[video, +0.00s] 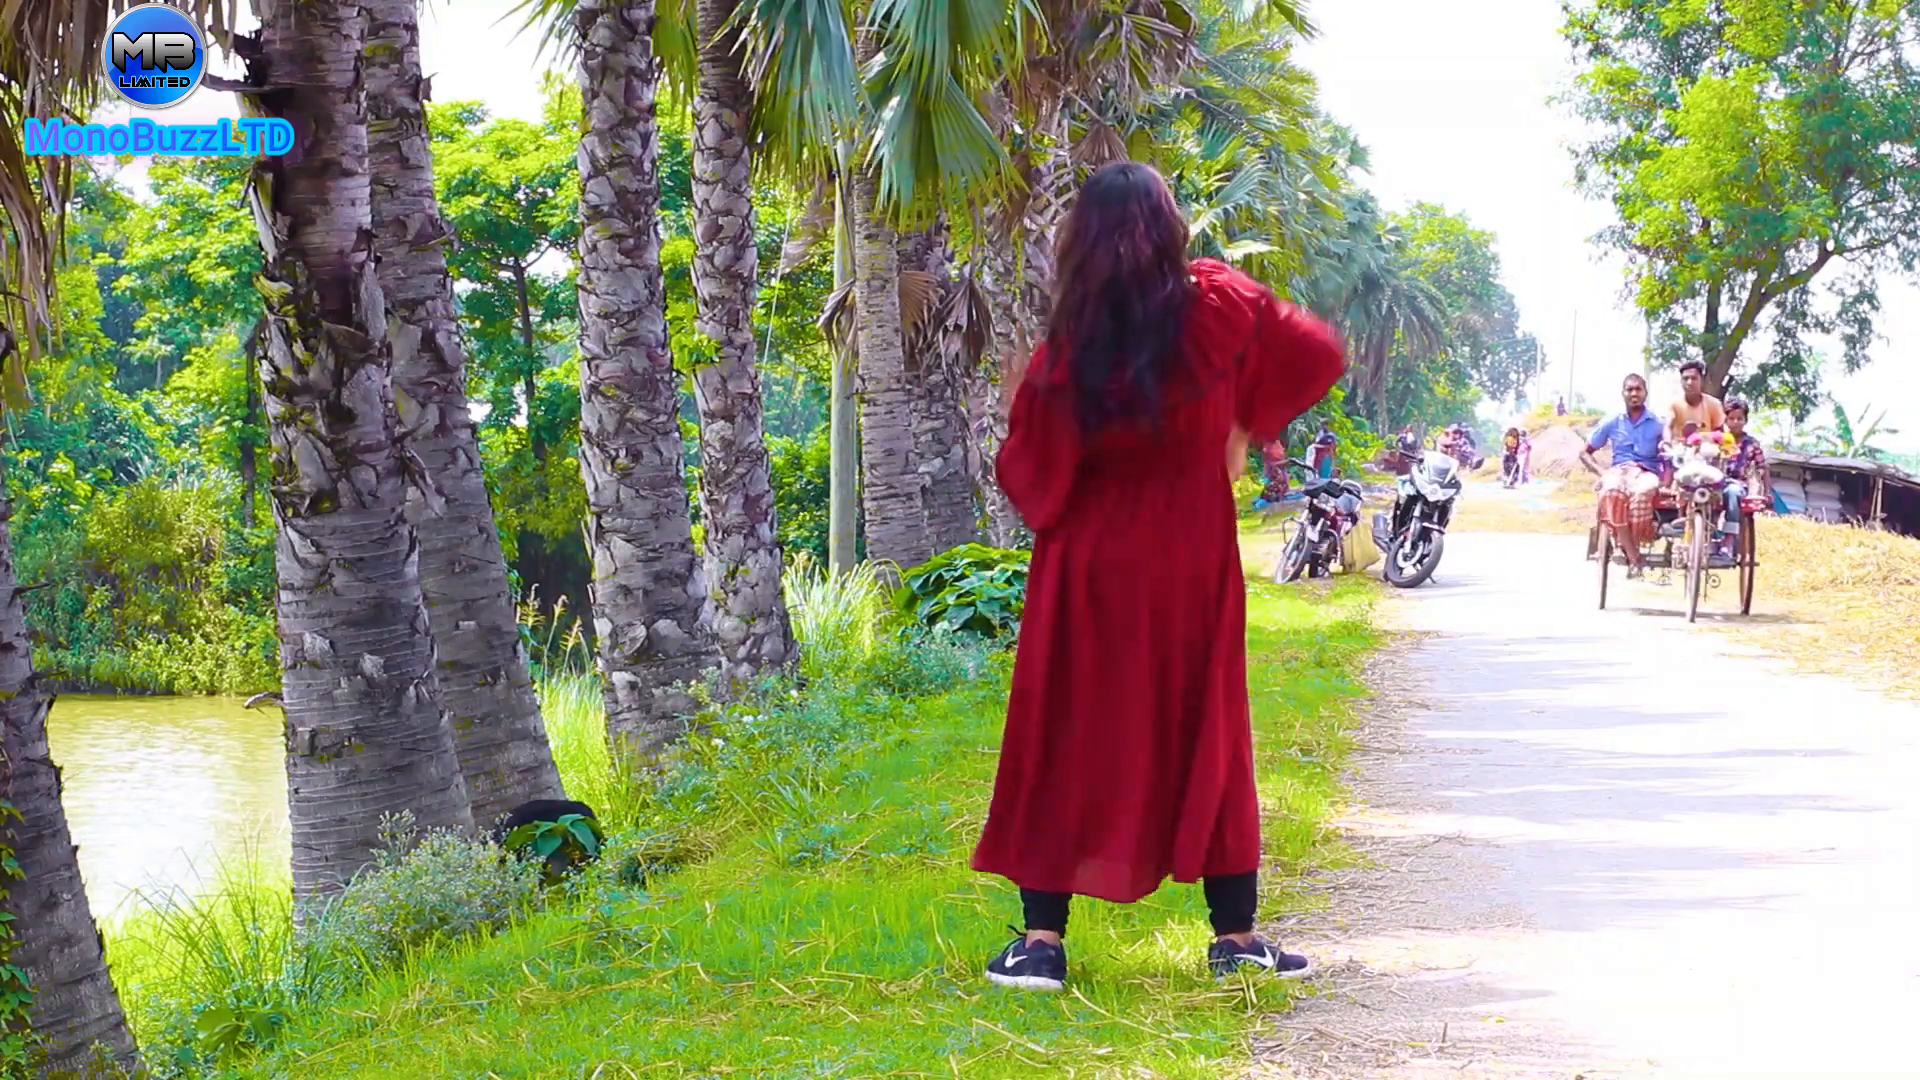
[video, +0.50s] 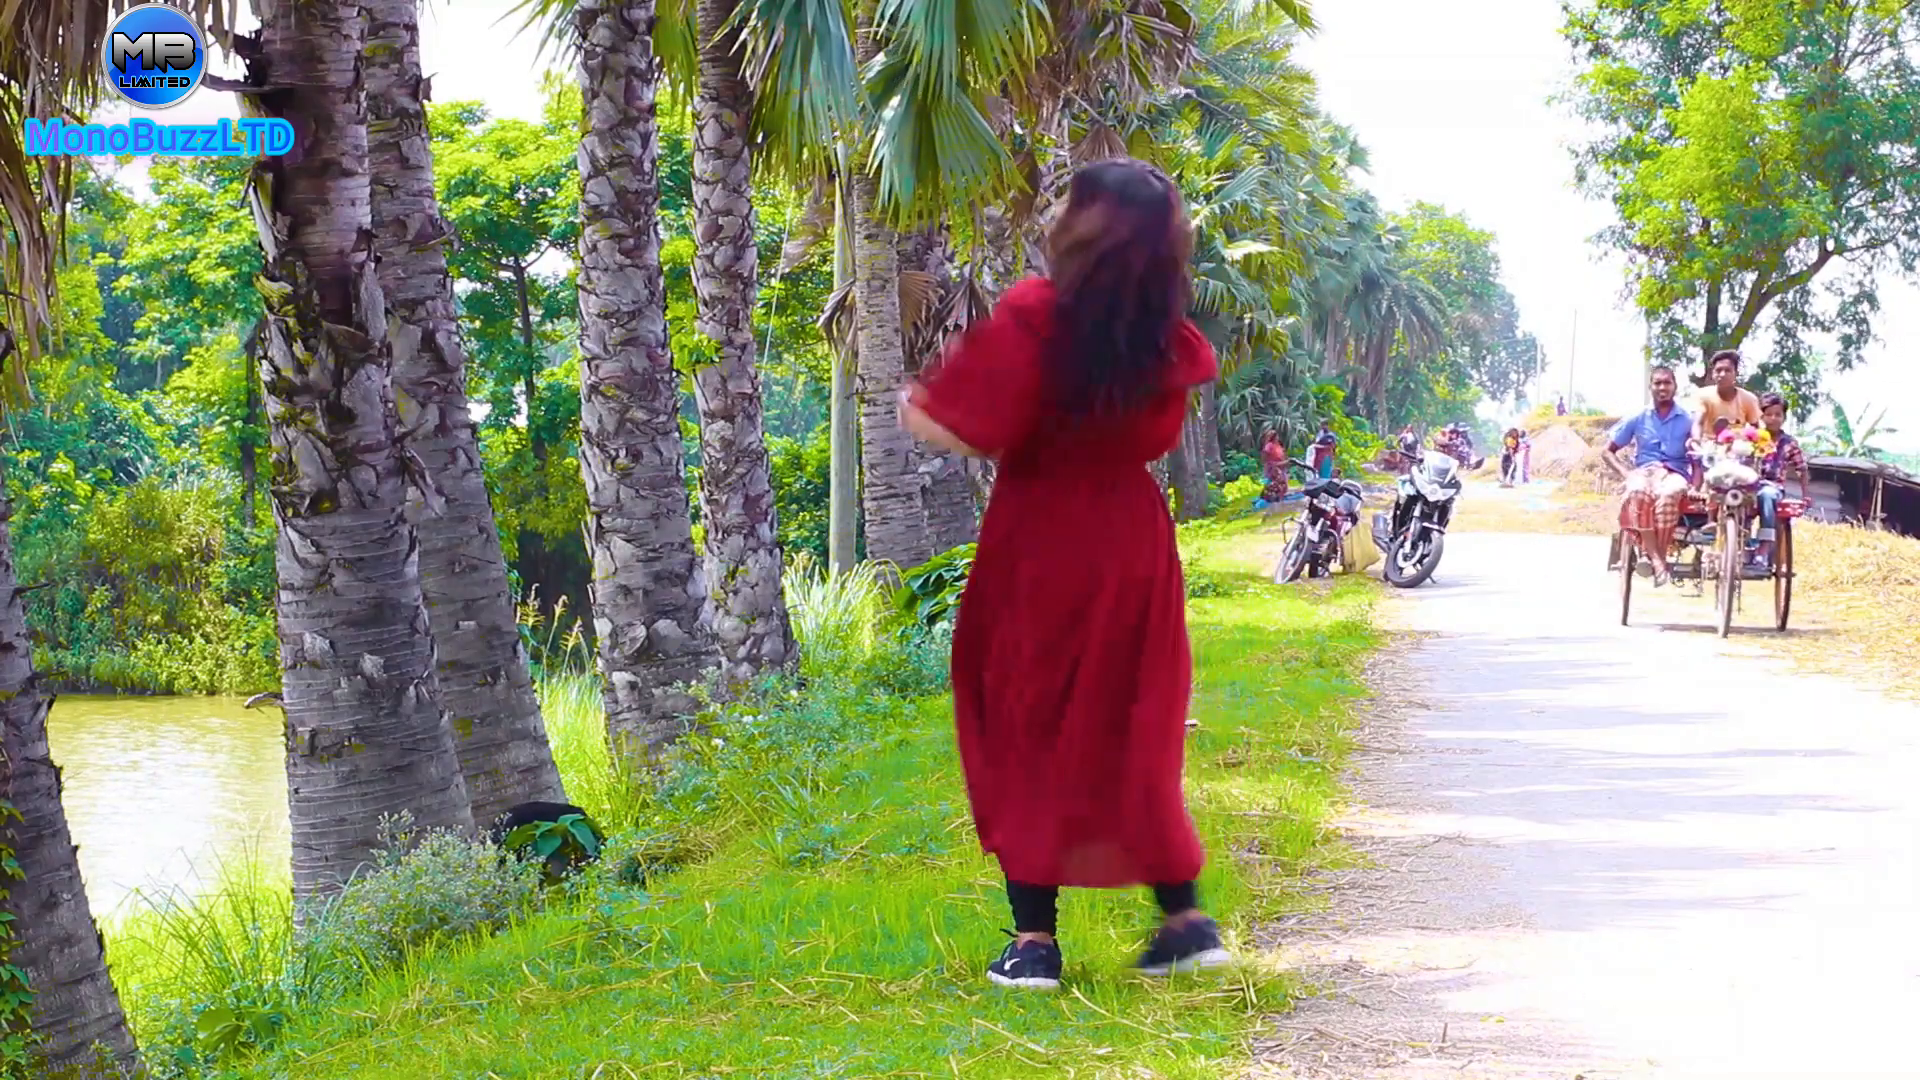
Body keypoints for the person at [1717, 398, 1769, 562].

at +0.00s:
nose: (1735, 423)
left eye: (1740, 419)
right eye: (1731, 418)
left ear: (1746, 421)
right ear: (1725, 420)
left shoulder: (1751, 443)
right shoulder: (1718, 439)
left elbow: (1763, 468)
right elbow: (1707, 462)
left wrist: (1767, 493)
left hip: (1737, 480)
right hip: (1715, 479)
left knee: (1732, 492)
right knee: (1700, 492)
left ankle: (1728, 542)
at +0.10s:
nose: (1742, 422)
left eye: (1747, 418)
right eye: (1738, 418)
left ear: (1753, 421)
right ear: (1731, 420)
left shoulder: (1757, 443)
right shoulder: (1724, 438)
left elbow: (1769, 469)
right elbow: (1712, 461)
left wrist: (1773, 493)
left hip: (1745, 481)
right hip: (1721, 480)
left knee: (1738, 493)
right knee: (1706, 491)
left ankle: (1736, 544)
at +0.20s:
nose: (1750, 420)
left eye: (1754, 417)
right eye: (1746, 416)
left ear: (1760, 419)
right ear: (1739, 418)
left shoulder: (1765, 443)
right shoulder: (1731, 438)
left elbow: (1777, 468)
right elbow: (1719, 459)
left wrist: (1781, 492)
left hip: (1752, 482)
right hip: (1728, 479)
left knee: (1745, 493)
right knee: (1712, 493)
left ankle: (1743, 543)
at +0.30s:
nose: (1757, 421)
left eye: (1762, 416)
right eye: (1753, 416)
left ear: (1768, 419)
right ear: (1747, 418)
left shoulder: (1773, 444)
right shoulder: (1739, 438)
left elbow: (1786, 469)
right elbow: (1725, 459)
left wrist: (1789, 493)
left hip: (1759, 482)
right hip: (1735, 480)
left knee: (1752, 495)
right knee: (1718, 494)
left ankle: (1750, 546)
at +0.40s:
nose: (1766, 419)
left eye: (1770, 415)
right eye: (1761, 415)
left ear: (1776, 417)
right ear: (1754, 417)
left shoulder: (1780, 442)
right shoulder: (1746, 436)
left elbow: (1794, 468)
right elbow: (1732, 458)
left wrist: (1798, 493)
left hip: (1765, 481)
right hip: (1742, 479)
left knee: (1759, 494)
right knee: (1725, 493)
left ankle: (1757, 545)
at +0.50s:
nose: (1773, 419)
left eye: (1778, 415)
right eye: (1769, 414)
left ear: (1784, 418)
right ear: (1762, 416)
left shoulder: (1789, 443)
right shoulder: (1753, 437)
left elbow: (1801, 469)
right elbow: (1739, 460)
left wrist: (1805, 495)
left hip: (1772, 483)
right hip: (1749, 482)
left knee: (1766, 495)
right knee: (1731, 495)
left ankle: (1763, 549)